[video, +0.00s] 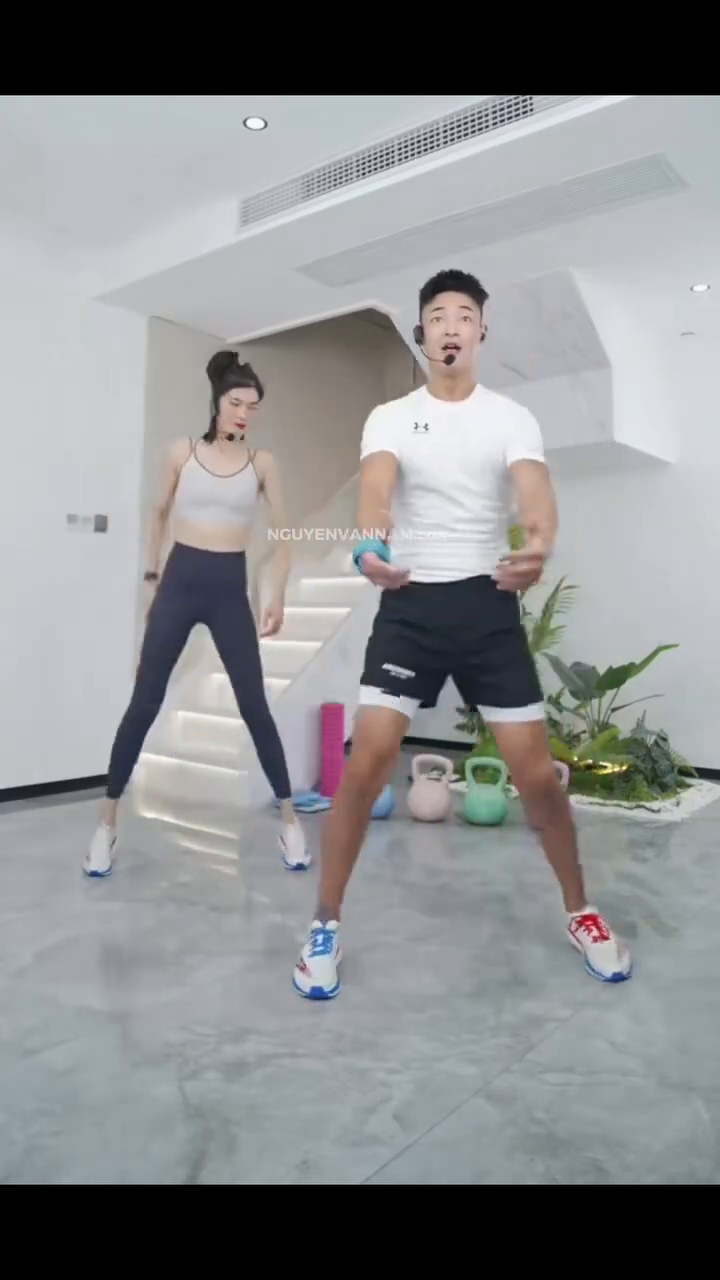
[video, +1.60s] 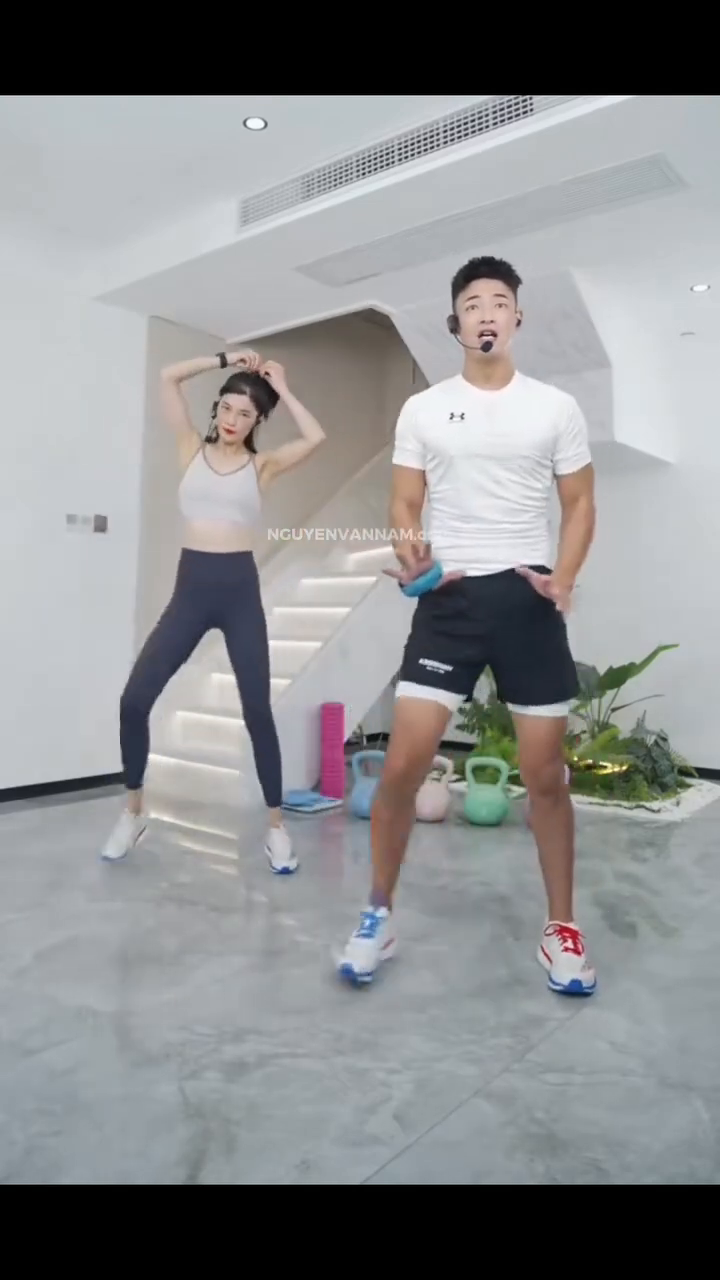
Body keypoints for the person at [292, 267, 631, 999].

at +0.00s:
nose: (449, 329)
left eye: (462, 318)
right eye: (437, 318)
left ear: (483, 331)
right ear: (420, 334)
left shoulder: (513, 420)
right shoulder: (390, 419)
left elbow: (539, 511)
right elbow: (374, 495)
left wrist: (534, 552)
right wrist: (373, 544)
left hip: (490, 610)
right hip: (408, 609)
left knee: (540, 779)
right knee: (368, 762)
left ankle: (580, 914)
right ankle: (324, 926)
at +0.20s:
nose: (406, 322)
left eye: (419, 312)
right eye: (393, 312)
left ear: (438, 329)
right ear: (376, 329)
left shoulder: (466, 416)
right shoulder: (341, 410)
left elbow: (495, 505)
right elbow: (305, 497)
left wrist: (507, 575)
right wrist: (302, 582)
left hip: (439, 603)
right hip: (354, 603)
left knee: (493, 763)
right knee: (335, 764)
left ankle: (490, 879)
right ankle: (323, 929)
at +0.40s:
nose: (387, 310)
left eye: (400, 299)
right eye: (374, 300)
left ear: (421, 316)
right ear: (358, 317)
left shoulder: (456, 408)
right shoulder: (322, 404)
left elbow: (481, 505)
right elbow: (284, 497)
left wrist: (480, 591)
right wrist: (281, 592)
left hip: (423, 598)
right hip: (342, 596)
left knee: (392, 774)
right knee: (329, 766)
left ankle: (375, 898)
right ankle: (321, 929)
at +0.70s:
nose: (393, 307)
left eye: (405, 295)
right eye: (380, 297)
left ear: (426, 309)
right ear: (361, 316)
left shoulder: (466, 404)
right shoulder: (330, 408)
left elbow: (488, 500)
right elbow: (312, 512)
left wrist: (487, 580)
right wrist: (328, 578)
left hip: (447, 597)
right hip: (360, 602)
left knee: (490, 768)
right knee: (340, 767)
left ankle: (480, 898)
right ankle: (322, 928)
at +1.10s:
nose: (487, 316)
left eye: (501, 304)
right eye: (473, 305)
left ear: (520, 317)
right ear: (456, 323)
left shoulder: (560, 407)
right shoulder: (425, 412)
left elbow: (588, 503)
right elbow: (409, 515)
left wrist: (581, 579)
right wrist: (416, 564)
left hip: (539, 602)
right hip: (454, 601)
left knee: (549, 776)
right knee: (406, 753)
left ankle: (561, 929)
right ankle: (393, 896)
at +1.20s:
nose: (498, 314)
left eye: (511, 302)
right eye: (485, 303)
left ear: (530, 315)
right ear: (467, 320)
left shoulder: (570, 406)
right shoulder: (436, 412)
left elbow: (597, 501)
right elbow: (418, 516)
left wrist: (589, 575)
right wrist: (430, 564)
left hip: (547, 600)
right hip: (465, 599)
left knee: (553, 776)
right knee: (439, 759)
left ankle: (563, 928)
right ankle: (461, 885)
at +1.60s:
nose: (486, 316)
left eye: (498, 304)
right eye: (473, 306)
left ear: (518, 319)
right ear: (456, 322)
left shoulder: (557, 410)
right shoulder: (422, 411)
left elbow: (579, 506)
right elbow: (403, 508)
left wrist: (564, 579)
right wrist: (409, 543)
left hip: (529, 603)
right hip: (445, 603)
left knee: (547, 777)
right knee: (399, 768)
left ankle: (562, 929)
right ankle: (377, 913)